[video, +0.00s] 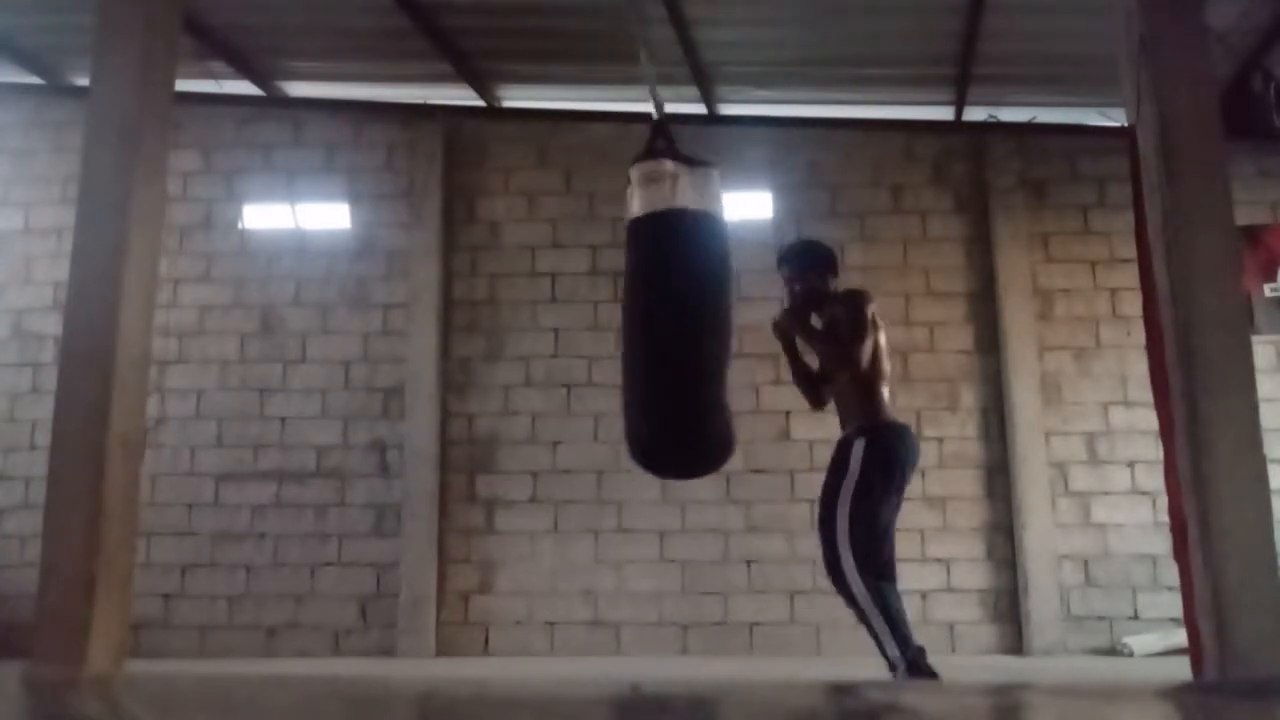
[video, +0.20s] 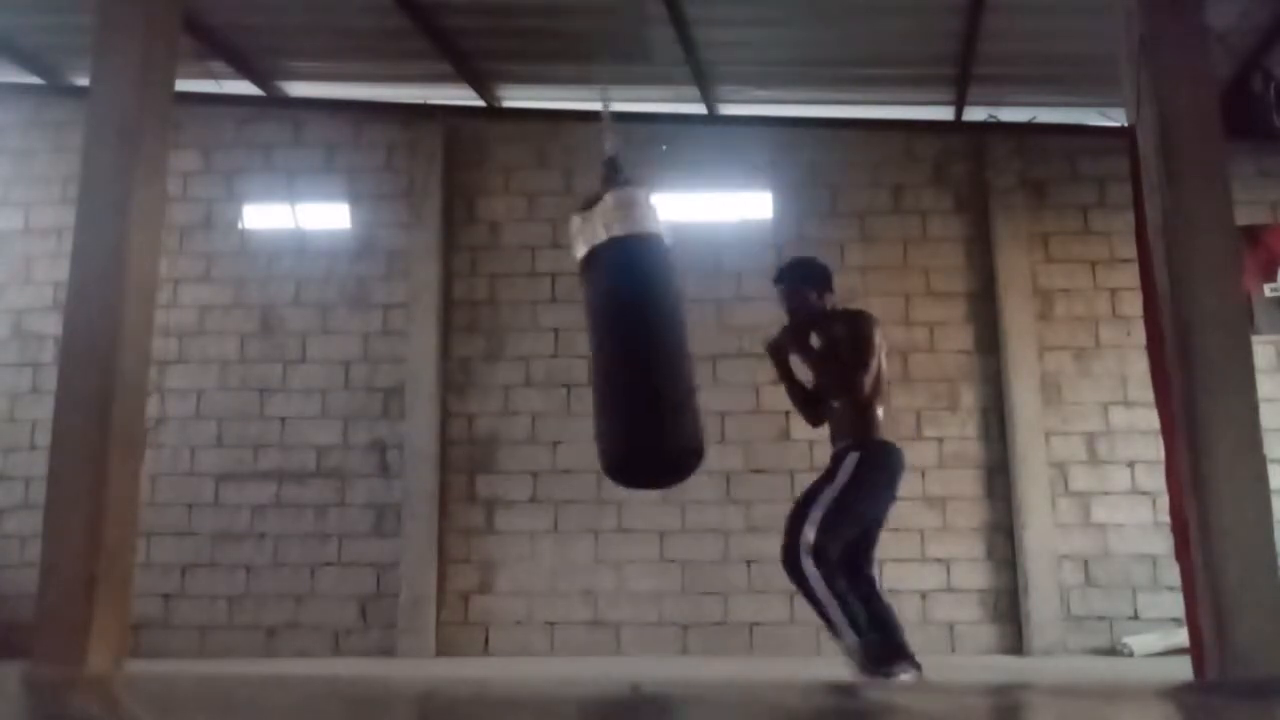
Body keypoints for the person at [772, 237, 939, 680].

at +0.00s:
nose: (789, 292)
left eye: (794, 281)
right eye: (786, 283)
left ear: (817, 277)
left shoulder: (851, 303)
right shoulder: (829, 322)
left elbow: (852, 361)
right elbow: (815, 396)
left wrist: (802, 329)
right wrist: (787, 344)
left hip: (869, 444)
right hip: (888, 442)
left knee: (842, 557)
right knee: (873, 559)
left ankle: (905, 665)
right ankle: (912, 664)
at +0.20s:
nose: (786, 307)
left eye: (792, 296)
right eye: (783, 298)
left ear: (818, 295)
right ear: (801, 300)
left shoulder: (859, 325)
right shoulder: (815, 344)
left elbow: (858, 389)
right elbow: (813, 414)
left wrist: (805, 348)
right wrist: (782, 365)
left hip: (865, 458)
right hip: (864, 460)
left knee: (803, 550)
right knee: (851, 567)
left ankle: (869, 658)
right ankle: (897, 663)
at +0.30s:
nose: (782, 296)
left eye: (788, 284)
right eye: (780, 286)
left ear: (813, 281)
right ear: (792, 286)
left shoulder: (850, 316)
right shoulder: (802, 335)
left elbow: (854, 374)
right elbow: (789, 401)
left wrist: (803, 333)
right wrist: (770, 350)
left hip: (855, 449)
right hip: (842, 452)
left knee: (802, 532)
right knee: (850, 569)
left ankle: (816, 665)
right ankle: (906, 673)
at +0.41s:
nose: (777, 297)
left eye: (784, 286)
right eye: (775, 287)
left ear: (809, 286)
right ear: (777, 290)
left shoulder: (843, 325)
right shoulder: (787, 338)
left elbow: (851, 370)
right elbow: (763, 406)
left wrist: (798, 340)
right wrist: (754, 352)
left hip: (844, 460)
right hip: (823, 462)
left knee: (807, 566)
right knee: (843, 581)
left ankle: (769, 678)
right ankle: (909, 679)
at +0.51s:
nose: (760, 310)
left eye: (766, 300)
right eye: (758, 300)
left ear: (791, 299)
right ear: (765, 300)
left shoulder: (828, 339)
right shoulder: (768, 348)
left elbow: (834, 411)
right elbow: (747, 419)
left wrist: (779, 364)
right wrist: (745, 370)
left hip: (828, 471)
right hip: (805, 472)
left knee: (782, 577)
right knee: (827, 587)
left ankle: (756, 690)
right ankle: (906, 681)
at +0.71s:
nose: (700, 323)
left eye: (704, 314)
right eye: (700, 314)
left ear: (722, 313)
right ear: (733, 314)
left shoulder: (774, 343)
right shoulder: (720, 358)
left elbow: (794, 403)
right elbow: (714, 432)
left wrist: (731, 367)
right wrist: (692, 391)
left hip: (790, 473)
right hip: (783, 475)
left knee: (725, 575)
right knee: (779, 597)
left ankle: (735, 692)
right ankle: (889, 669)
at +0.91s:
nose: (648, 304)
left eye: (654, 291)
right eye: (647, 293)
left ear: (680, 286)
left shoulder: (730, 317)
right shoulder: (684, 334)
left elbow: (719, 390)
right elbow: (691, 406)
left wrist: (667, 346)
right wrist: (654, 355)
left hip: (770, 447)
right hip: (747, 449)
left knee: (732, 561)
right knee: (713, 566)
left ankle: (745, 683)